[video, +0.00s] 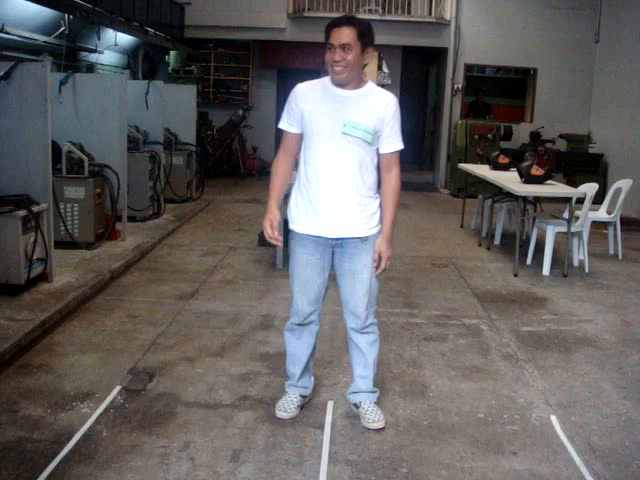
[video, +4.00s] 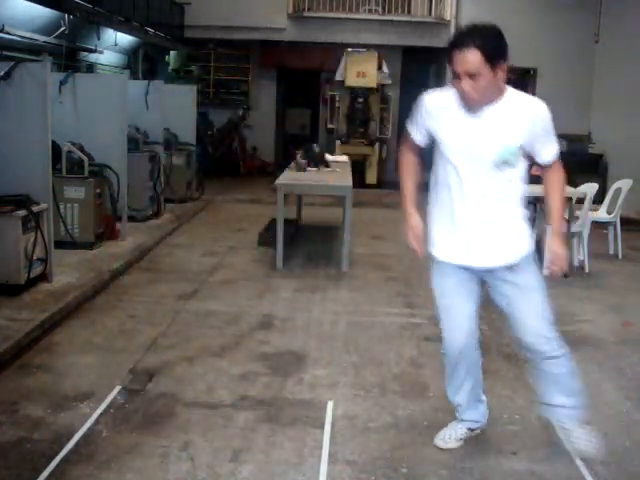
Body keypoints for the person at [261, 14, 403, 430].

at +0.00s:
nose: (337, 55)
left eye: (346, 47)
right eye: (331, 47)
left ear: (366, 53)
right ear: (324, 51)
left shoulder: (384, 104)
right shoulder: (303, 94)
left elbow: (390, 171)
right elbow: (285, 155)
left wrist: (386, 233)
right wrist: (272, 207)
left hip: (361, 231)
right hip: (307, 227)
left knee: (361, 319)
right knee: (302, 314)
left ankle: (364, 395)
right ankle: (297, 387)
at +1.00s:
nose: (337, 56)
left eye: (347, 49)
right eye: (334, 49)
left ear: (373, 55)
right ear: (331, 52)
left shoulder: (396, 105)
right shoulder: (315, 98)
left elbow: (407, 175)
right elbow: (298, 164)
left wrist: (405, 239)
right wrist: (286, 224)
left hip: (375, 235)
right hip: (320, 232)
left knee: (378, 322)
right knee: (312, 318)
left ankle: (380, 396)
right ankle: (300, 391)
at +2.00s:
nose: (330, 72)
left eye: (339, 63)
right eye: (326, 64)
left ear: (364, 64)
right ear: (323, 64)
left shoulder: (389, 115)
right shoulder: (305, 105)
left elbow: (394, 185)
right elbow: (288, 169)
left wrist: (392, 250)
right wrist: (280, 230)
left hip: (363, 241)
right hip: (306, 237)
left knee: (378, 321)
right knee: (290, 319)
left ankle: (380, 394)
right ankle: (296, 389)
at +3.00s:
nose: (244, 88)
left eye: (251, 78)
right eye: (235, 79)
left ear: (258, 71)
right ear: (211, 72)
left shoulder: (275, 111)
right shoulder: (181, 102)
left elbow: (287, 164)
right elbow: (155, 152)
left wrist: (276, 225)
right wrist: (134, 213)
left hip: (241, 239)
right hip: (186, 229)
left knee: (217, 324)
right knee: (155, 307)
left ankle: (193, 394)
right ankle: (151, 383)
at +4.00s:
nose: (463, 86)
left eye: (472, 76)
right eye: (457, 76)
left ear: (501, 70)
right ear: (449, 70)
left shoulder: (531, 113)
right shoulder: (434, 105)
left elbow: (552, 168)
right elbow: (409, 149)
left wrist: (556, 235)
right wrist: (411, 211)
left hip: (510, 252)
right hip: (449, 251)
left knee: (540, 339)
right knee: (457, 341)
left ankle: (568, 418)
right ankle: (469, 417)